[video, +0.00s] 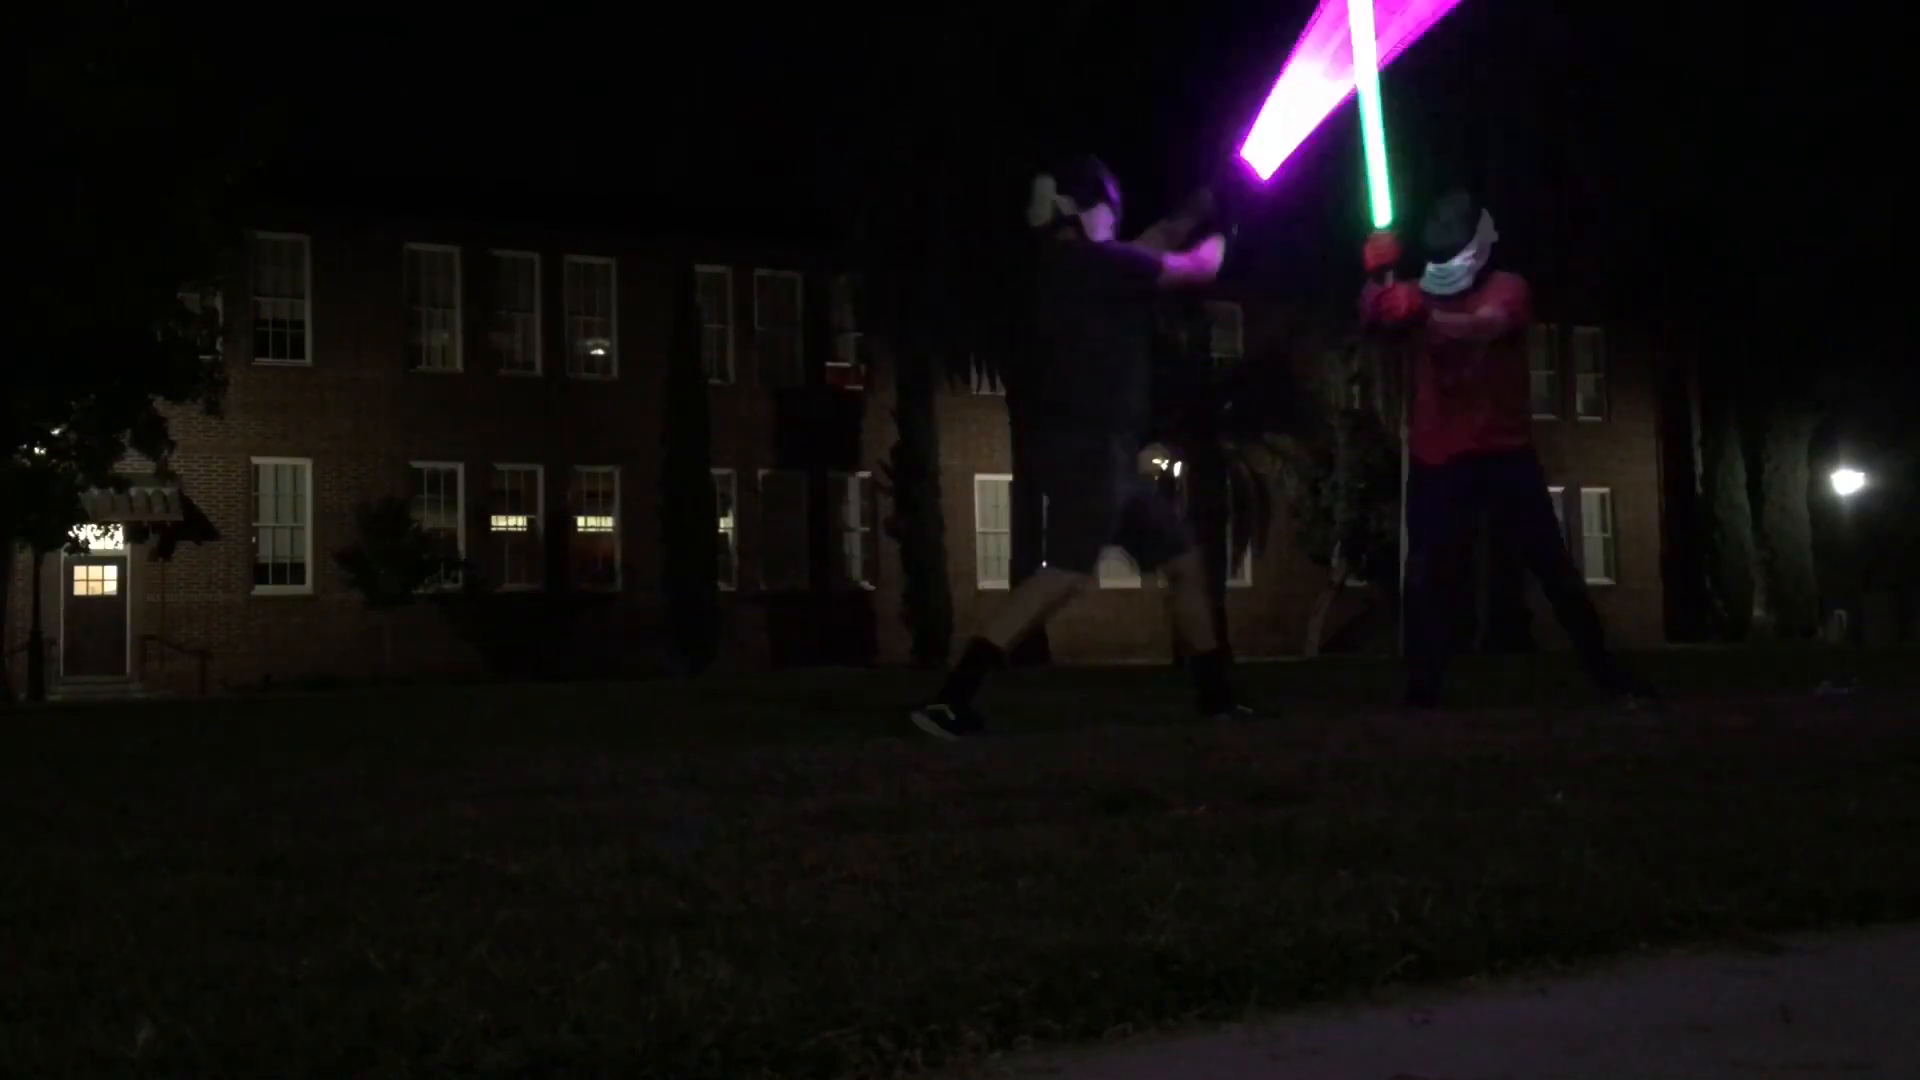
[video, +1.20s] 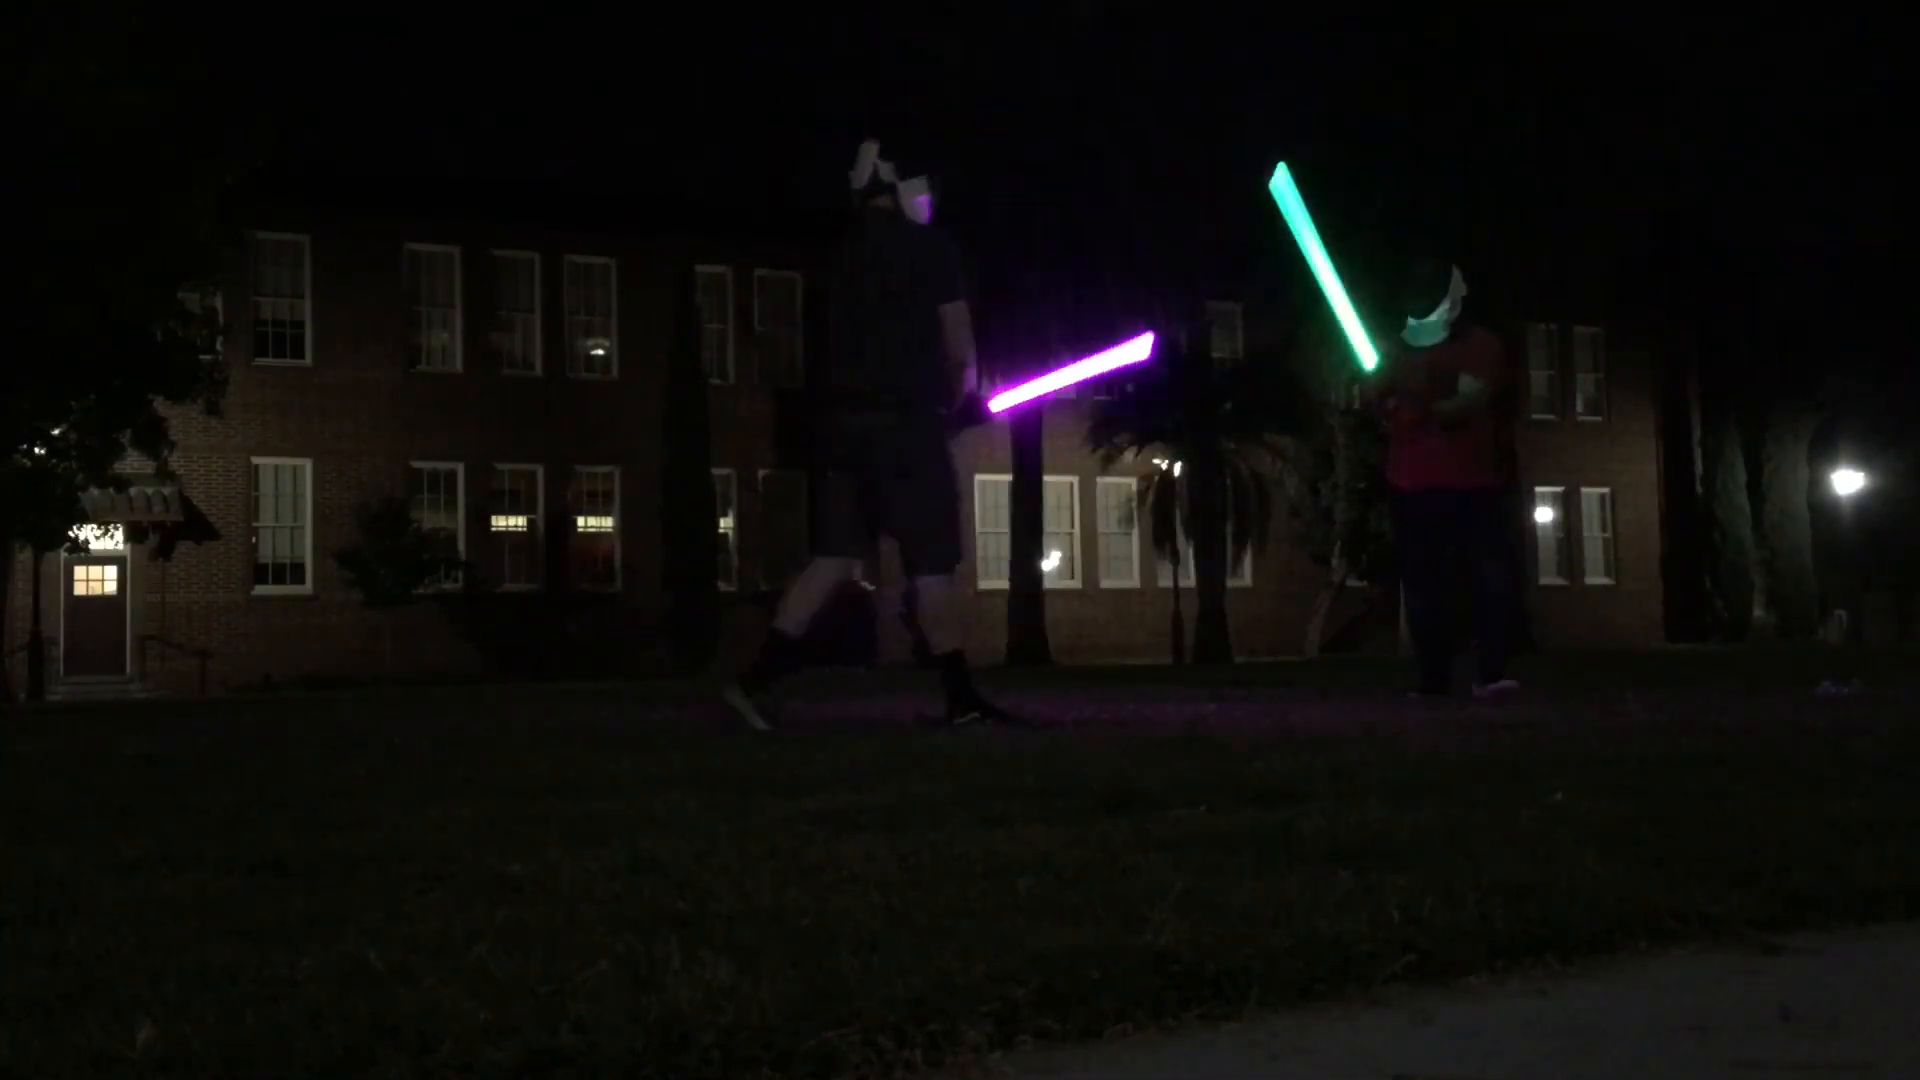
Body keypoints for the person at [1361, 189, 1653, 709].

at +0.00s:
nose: (1447, 243)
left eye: (1459, 229)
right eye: (1437, 231)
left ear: (1481, 236)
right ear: (1424, 240)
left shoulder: (1503, 287)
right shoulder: (1418, 295)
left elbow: (1488, 322)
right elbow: (1374, 314)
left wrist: (1422, 313)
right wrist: (1378, 274)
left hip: (1503, 456)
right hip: (1438, 460)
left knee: (1551, 568)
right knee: (1431, 574)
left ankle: (1607, 677)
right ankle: (1422, 688)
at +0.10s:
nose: (1431, 260)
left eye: (1443, 248)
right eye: (1424, 249)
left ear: (1466, 246)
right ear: (1416, 250)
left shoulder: (1492, 291)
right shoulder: (1407, 297)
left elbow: (1477, 326)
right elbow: (1371, 323)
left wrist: (1411, 331)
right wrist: (1356, 285)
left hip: (1493, 457)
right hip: (1428, 463)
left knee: (1515, 561)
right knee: (1427, 569)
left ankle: (1539, 665)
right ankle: (1423, 678)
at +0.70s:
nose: (1473, 324)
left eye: (1483, 315)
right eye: (1465, 315)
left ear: (1500, 307)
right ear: (1451, 303)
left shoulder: (1511, 334)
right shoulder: (1430, 331)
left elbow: (1524, 304)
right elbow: (1423, 386)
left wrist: (1473, 282)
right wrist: (1414, 331)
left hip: (1494, 468)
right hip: (1435, 468)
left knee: (1511, 569)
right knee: (1434, 563)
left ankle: (1497, 675)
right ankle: (1412, 674)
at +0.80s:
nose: (1464, 305)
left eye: (1472, 297)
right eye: (1454, 295)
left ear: (1488, 293)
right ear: (1440, 291)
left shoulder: (1508, 327)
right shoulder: (1427, 327)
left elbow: (1525, 300)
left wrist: (1488, 285)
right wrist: (1414, 326)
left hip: (1496, 465)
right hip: (1436, 467)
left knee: (1509, 569)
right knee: (1433, 566)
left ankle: (1498, 672)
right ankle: (1416, 669)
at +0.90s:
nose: (1461, 284)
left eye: (1468, 274)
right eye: (1452, 275)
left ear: (1482, 272)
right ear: (1436, 275)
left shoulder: (1501, 311)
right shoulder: (1424, 311)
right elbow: (1429, 378)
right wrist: (1473, 324)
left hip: (1495, 461)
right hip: (1435, 464)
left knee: (1502, 570)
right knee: (1435, 569)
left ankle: (1498, 672)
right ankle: (1420, 669)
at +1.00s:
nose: (1439, 306)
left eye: (1448, 296)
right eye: (1429, 297)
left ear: (1467, 283)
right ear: (1419, 289)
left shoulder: (1492, 325)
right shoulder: (1407, 328)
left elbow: (1510, 393)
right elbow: (1404, 394)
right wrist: (1465, 370)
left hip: (1488, 474)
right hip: (1428, 478)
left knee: (1498, 578)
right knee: (1434, 580)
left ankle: (1497, 676)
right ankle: (1428, 676)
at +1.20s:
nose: (1425, 326)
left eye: (1436, 315)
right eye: (1417, 317)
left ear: (1454, 306)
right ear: (1407, 311)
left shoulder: (1475, 349)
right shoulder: (1399, 354)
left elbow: (1474, 406)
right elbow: (1369, 401)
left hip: (1472, 491)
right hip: (1416, 493)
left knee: (1483, 582)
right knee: (1424, 589)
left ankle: (1489, 674)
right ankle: (1432, 678)